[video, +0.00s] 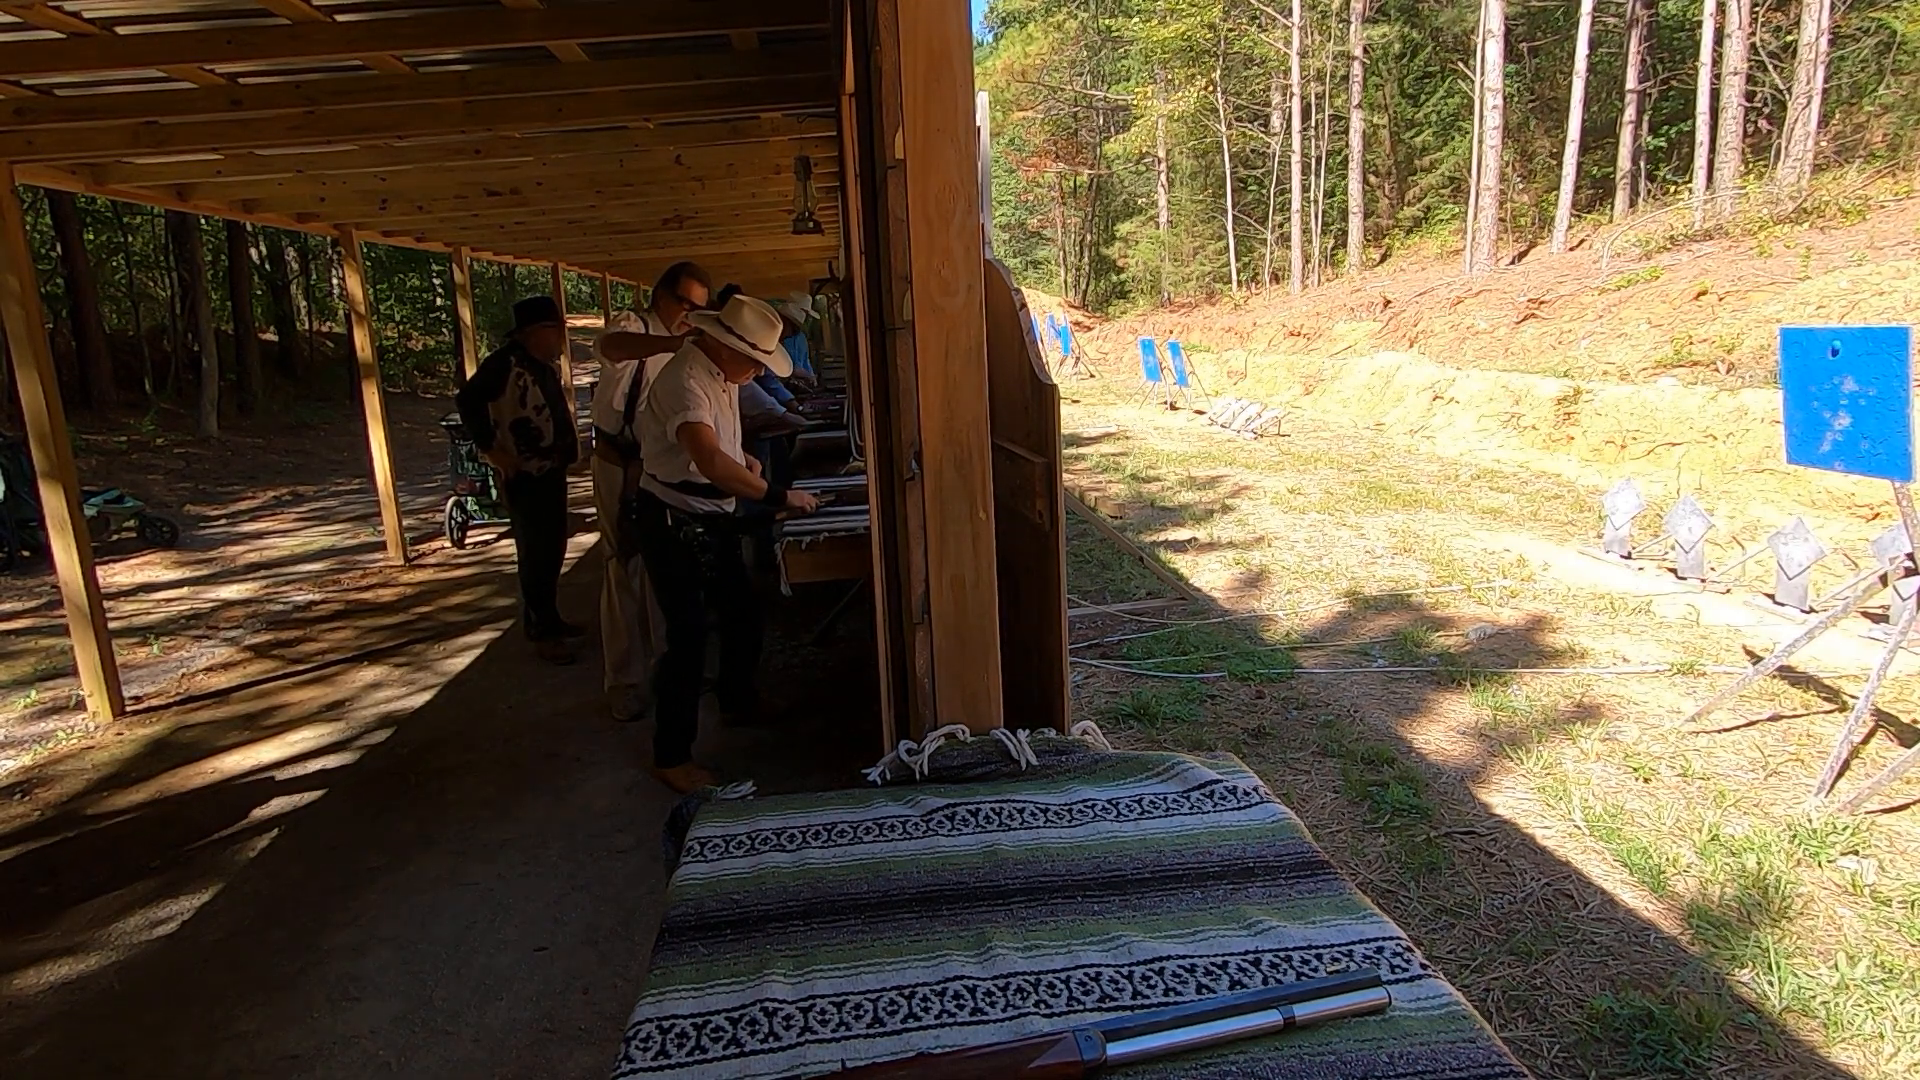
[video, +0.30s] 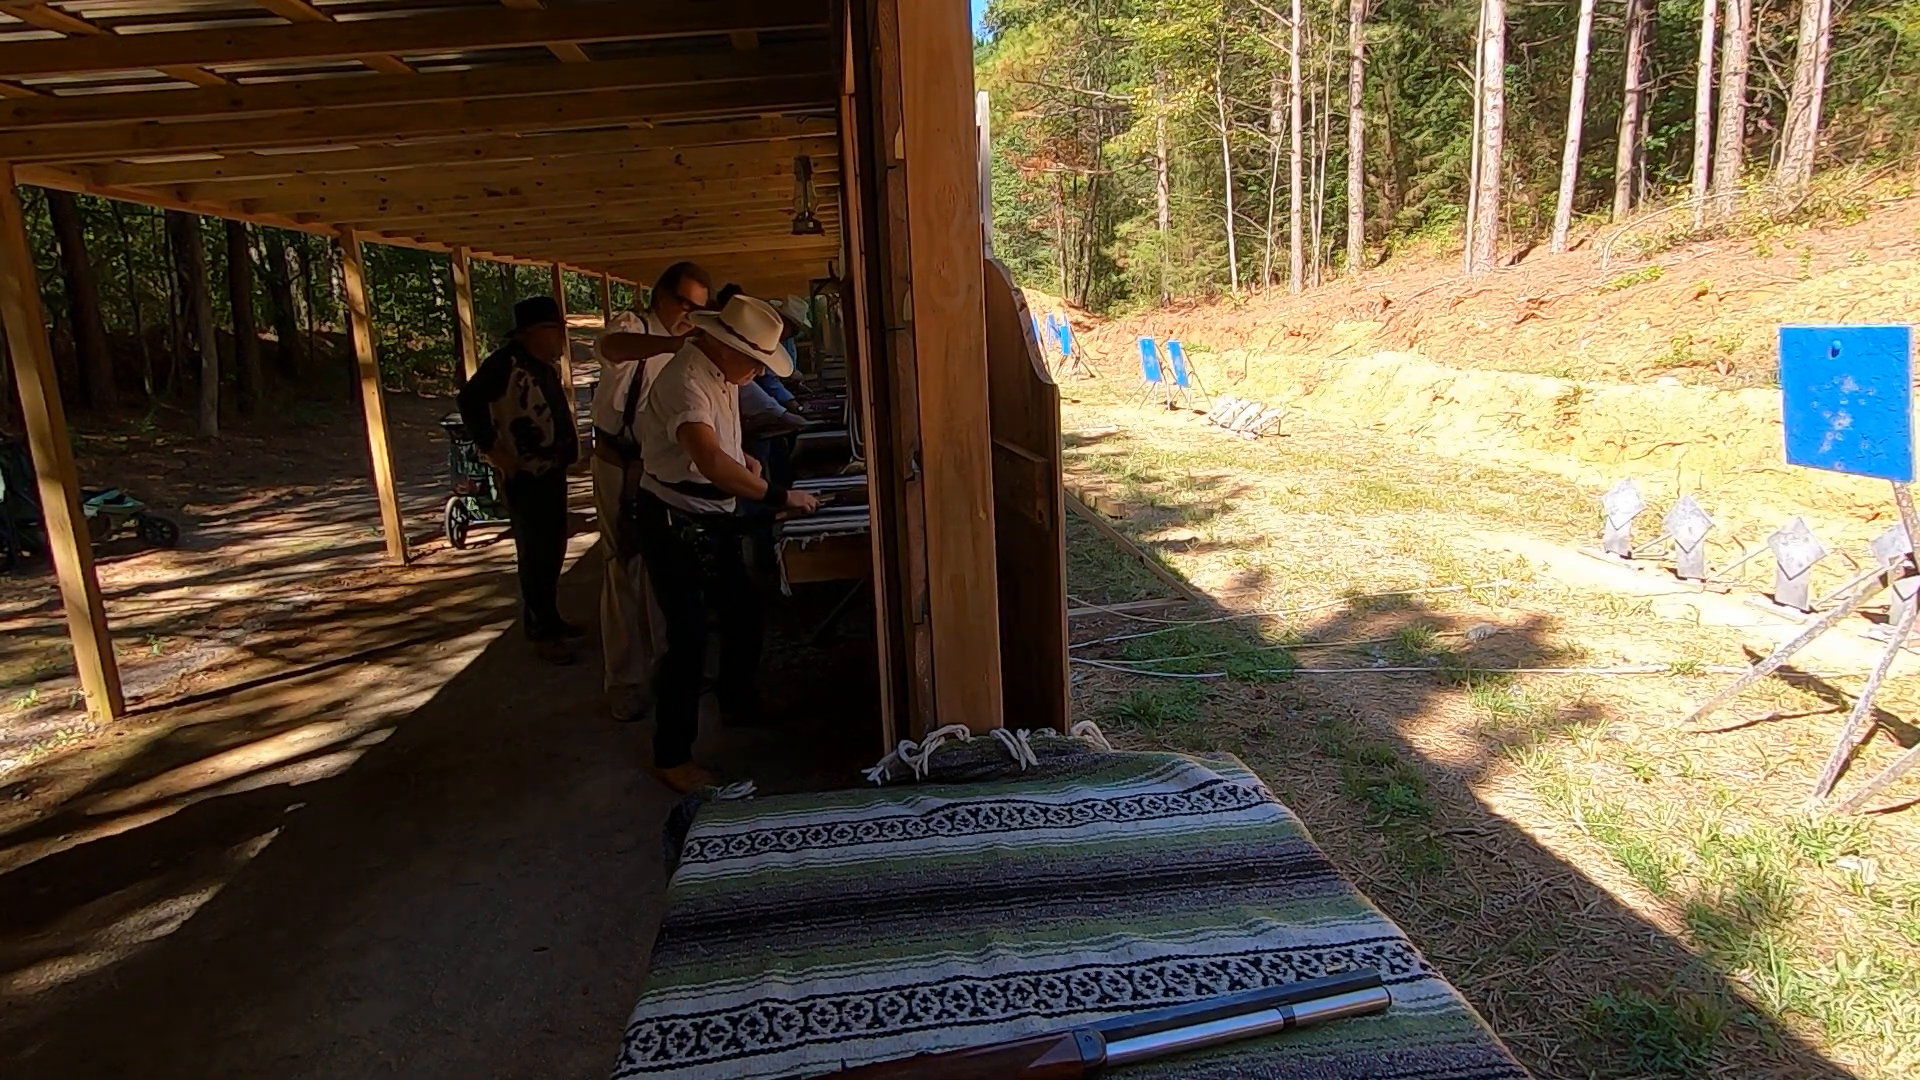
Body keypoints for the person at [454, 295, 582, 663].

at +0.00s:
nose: (562, 339)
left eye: (562, 331)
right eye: (556, 331)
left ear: (546, 334)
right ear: (533, 333)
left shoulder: (545, 366)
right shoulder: (505, 362)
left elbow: (551, 412)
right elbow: (468, 400)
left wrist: (567, 446)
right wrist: (489, 448)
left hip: (551, 473)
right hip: (524, 475)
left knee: (553, 549)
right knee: (536, 552)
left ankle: (549, 620)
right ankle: (540, 630)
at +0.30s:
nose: (562, 339)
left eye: (562, 331)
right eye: (556, 331)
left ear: (547, 333)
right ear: (533, 332)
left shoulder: (545, 366)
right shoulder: (506, 362)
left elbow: (552, 411)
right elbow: (469, 400)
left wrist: (567, 446)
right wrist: (491, 449)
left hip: (551, 472)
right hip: (525, 475)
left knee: (553, 549)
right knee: (536, 552)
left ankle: (549, 621)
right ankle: (541, 631)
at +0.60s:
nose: (564, 338)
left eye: (564, 331)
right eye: (558, 331)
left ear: (546, 333)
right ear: (535, 332)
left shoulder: (546, 365)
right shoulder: (507, 362)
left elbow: (552, 411)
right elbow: (470, 399)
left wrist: (565, 446)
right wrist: (493, 448)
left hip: (552, 472)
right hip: (525, 475)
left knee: (553, 549)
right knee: (536, 551)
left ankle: (548, 620)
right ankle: (541, 631)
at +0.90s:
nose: (565, 338)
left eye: (564, 330)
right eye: (559, 330)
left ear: (545, 332)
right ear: (537, 332)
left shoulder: (545, 365)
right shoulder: (507, 361)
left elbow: (552, 412)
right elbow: (471, 399)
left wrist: (565, 448)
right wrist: (493, 448)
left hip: (551, 473)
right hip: (526, 475)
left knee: (553, 549)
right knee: (536, 552)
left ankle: (549, 620)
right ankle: (541, 631)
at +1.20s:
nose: (565, 337)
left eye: (565, 329)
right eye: (559, 329)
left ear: (546, 332)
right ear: (537, 332)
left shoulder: (547, 366)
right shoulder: (507, 361)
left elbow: (553, 412)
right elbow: (471, 399)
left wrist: (566, 448)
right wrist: (493, 448)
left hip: (552, 472)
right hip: (525, 475)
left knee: (553, 549)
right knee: (536, 552)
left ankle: (549, 621)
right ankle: (541, 631)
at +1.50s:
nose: (565, 338)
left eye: (565, 331)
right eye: (559, 331)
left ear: (545, 333)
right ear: (537, 332)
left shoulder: (545, 365)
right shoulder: (507, 362)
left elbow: (551, 411)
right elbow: (471, 399)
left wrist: (566, 447)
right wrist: (492, 447)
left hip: (551, 472)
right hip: (525, 475)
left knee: (552, 549)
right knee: (536, 552)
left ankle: (549, 620)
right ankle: (541, 632)